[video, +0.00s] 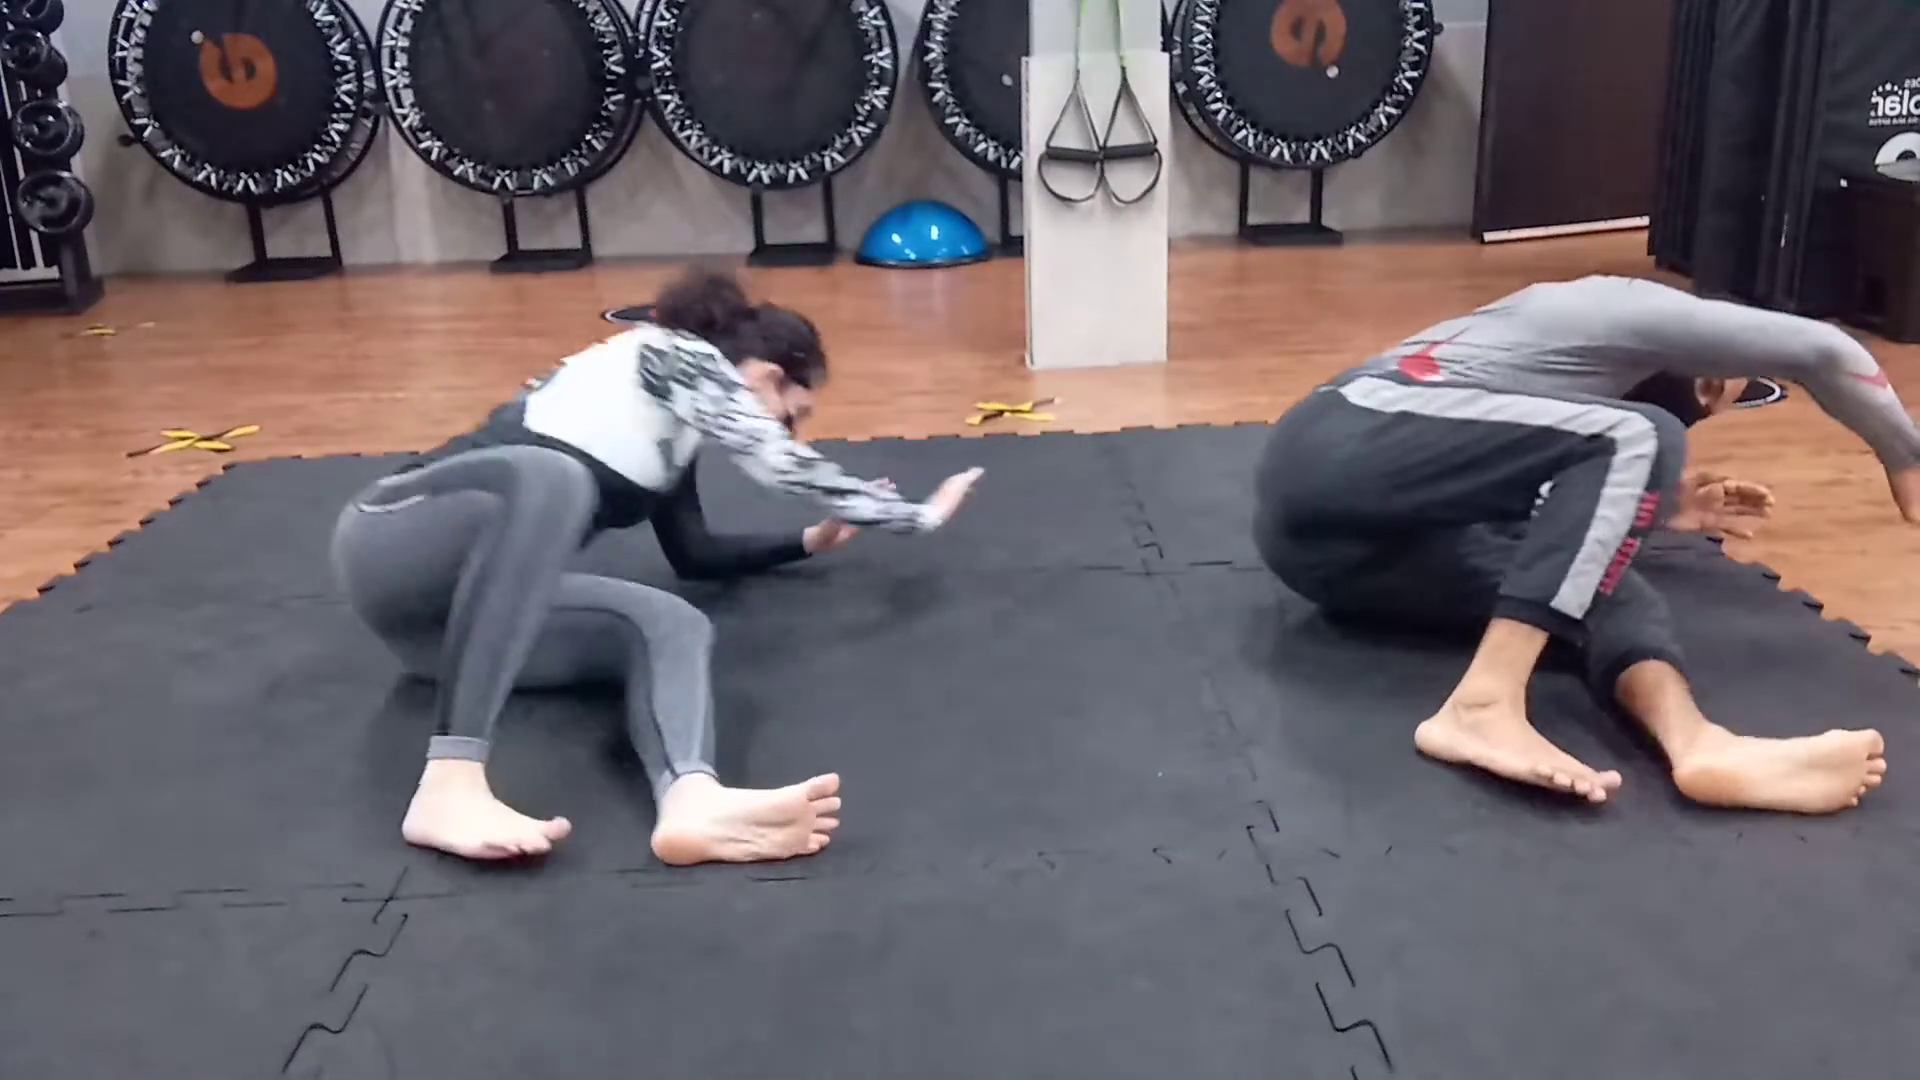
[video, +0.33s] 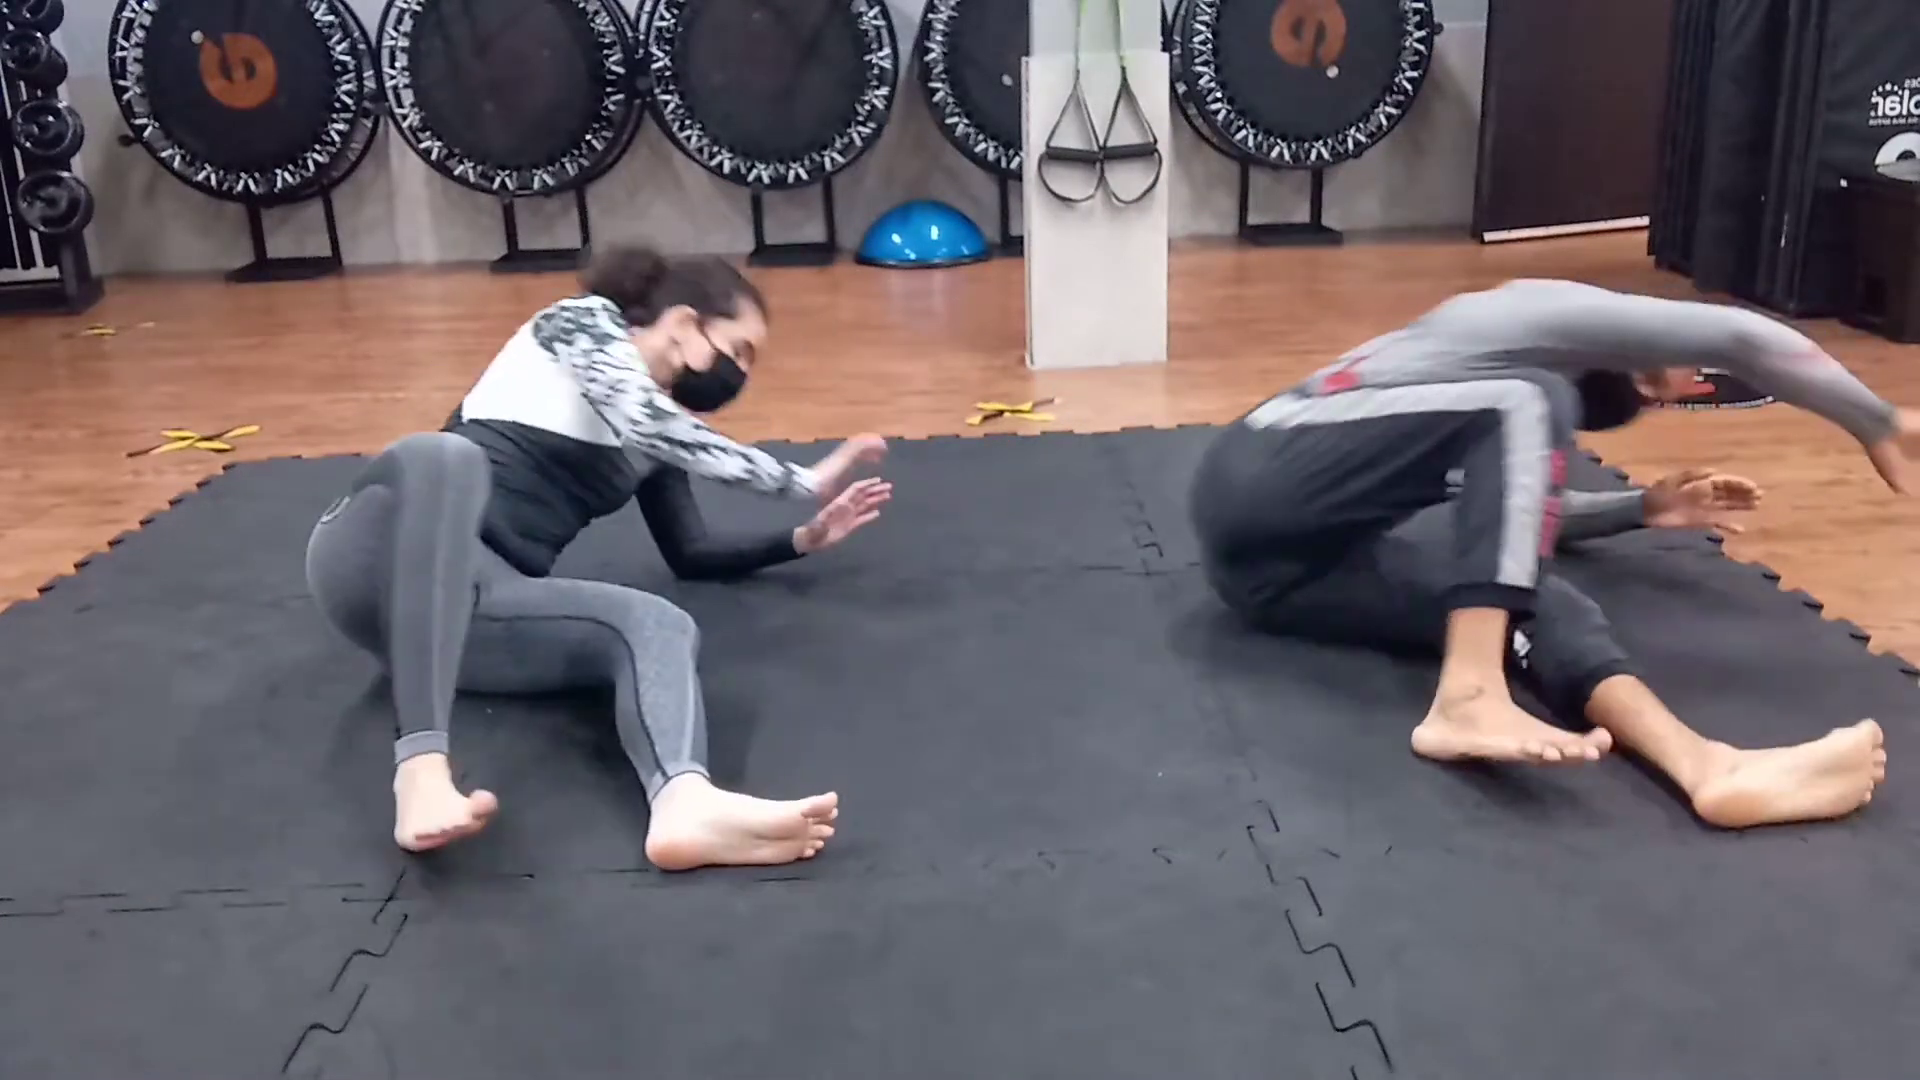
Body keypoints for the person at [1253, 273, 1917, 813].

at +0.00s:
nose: (1706, 406)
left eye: (1714, 399)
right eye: (1714, 390)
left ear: (1638, 398)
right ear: (1688, 355)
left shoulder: (1578, 411)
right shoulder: (1621, 309)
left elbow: (1508, 510)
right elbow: (1823, 350)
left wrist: (1662, 508)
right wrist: (1905, 457)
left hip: (1335, 565)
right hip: (1335, 449)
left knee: (1599, 580)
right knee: (1645, 435)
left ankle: (1695, 740)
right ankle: (1480, 703)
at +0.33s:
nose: (1686, 392)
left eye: (1691, 393)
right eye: (1690, 372)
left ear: (1639, 386)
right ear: (1648, 344)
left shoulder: (1539, 420)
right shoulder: (1543, 314)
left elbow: (1505, 519)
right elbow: (1740, 335)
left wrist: (1644, 506)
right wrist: (1879, 422)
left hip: (1280, 580)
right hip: (1259, 472)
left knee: (1537, 599)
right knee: (1520, 409)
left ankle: (1706, 766)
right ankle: (1468, 696)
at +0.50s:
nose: (1605, 352)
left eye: (1608, 346)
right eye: (1600, 333)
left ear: (1553, 362)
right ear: (1555, 305)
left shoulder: (1475, 425)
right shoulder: (1450, 300)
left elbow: (1509, 509)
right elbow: (1609, 270)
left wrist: (1625, 526)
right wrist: (1782, 345)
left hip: (1270, 588)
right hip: (1217, 493)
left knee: (1524, 586)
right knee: (1431, 392)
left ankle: (1701, 766)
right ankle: (1454, 696)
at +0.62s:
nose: (1544, 300)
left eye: (1555, 314)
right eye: (1544, 285)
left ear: (1521, 346)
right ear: (1495, 265)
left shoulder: (1454, 410)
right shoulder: (1396, 293)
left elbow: (1508, 511)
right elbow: (1475, 229)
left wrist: (1619, 561)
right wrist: (1669, 279)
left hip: (1281, 585)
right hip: (1205, 508)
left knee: (1527, 577)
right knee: (1377, 386)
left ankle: (1703, 763)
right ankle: (1431, 705)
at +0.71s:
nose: (1510, 288)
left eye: (1532, 302)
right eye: (1511, 268)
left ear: (1523, 336)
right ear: (1471, 251)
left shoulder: (1445, 409)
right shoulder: (1372, 284)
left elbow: (1512, 516)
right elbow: (1388, 220)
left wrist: (1628, 565)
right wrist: (1581, 242)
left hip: (1295, 579)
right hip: (1199, 512)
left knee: (1525, 570)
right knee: (1345, 394)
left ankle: (1705, 763)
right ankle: (1404, 712)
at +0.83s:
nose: (1486, 268)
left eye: (1500, 266)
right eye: (1476, 254)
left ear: (1492, 306)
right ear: (1433, 249)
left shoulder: (1432, 396)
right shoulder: (1330, 282)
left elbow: (1494, 515)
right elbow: (1277, 229)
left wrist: (1624, 564)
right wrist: (1470, 215)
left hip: (1284, 579)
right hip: (1188, 525)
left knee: (1521, 564)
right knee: (1293, 406)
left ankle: (1703, 759)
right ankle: (1354, 718)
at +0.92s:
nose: (1461, 270)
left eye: (1478, 263)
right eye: (1453, 248)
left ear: (1481, 284)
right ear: (1405, 238)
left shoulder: (1423, 383)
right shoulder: (1308, 279)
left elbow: (1486, 512)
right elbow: (1214, 246)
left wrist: (1619, 565)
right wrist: (1407, 222)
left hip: (1288, 569)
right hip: (1180, 535)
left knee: (1517, 558)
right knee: (1253, 406)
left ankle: (1702, 757)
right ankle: (1332, 716)